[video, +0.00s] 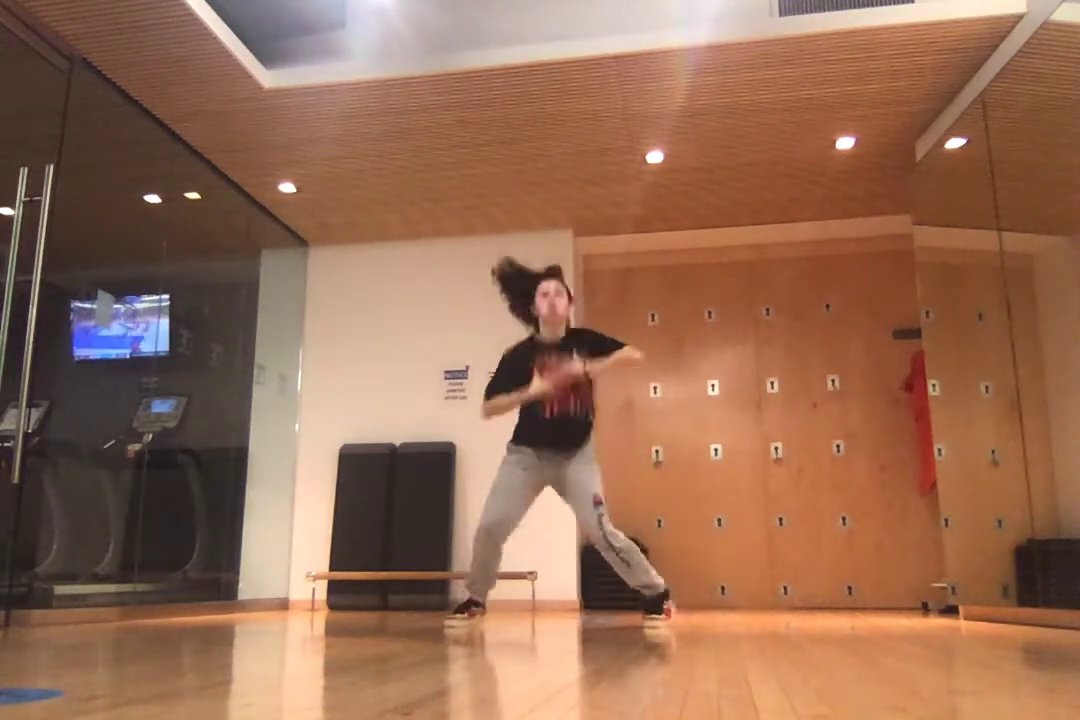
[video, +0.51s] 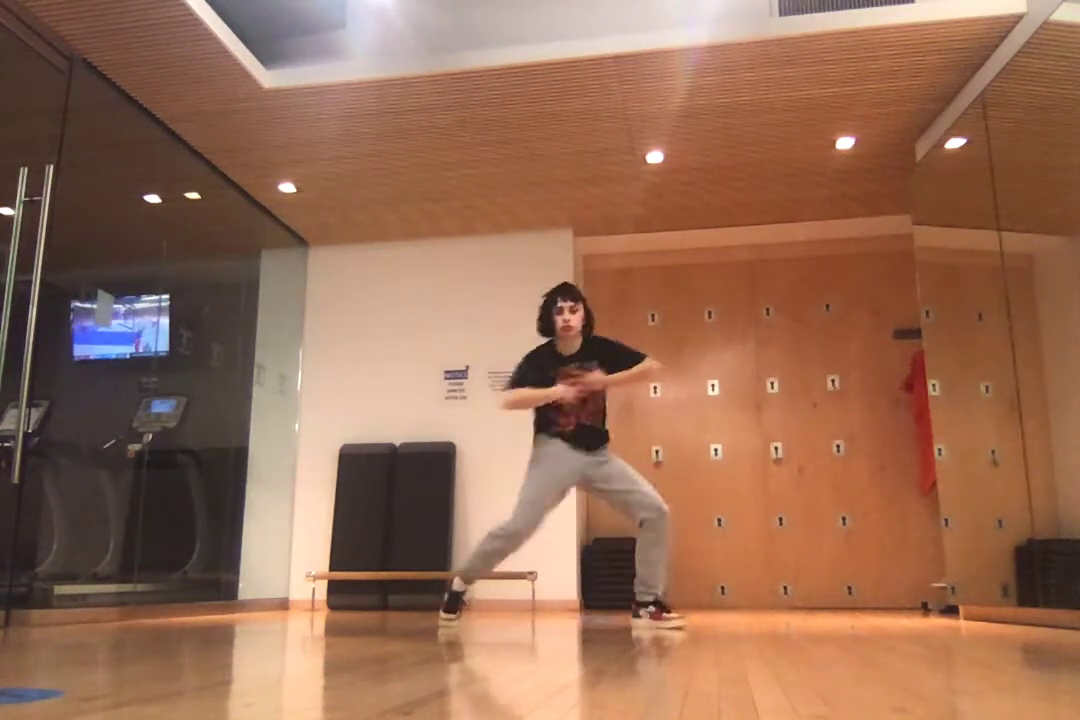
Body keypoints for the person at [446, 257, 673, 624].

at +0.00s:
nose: (553, 301)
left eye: (559, 294)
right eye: (545, 295)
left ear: (570, 305)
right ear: (532, 307)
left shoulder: (583, 342)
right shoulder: (521, 354)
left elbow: (634, 355)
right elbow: (489, 408)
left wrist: (587, 368)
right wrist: (531, 392)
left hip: (576, 455)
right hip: (526, 456)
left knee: (599, 531)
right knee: (490, 527)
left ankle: (656, 594)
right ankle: (475, 599)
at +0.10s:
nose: (553, 314)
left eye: (559, 307)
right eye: (546, 308)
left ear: (571, 313)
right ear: (536, 317)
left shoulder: (585, 352)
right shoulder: (523, 362)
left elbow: (635, 374)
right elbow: (487, 413)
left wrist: (585, 382)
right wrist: (530, 400)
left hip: (575, 464)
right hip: (525, 462)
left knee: (597, 532)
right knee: (478, 521)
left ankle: (658, 592)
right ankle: (473, 597)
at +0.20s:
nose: (556, 315)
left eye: (562, 308)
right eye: (548, 310)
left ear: (573, 314)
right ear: (537, 319)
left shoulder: (588, 352)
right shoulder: (524, 362)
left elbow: (638, 372)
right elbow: (488, 412)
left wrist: (588, 382)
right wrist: (533, 401)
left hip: (575, 460)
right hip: (526, 459)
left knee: (590, 533)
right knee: (483, 517)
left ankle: (659, 589)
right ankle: (472, 593)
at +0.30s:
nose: (558, 315)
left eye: (565, 309)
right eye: (550, 310)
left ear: (576, 317)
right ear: (540, 319)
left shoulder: (587, 353)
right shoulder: (524, 359)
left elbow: (638, 374)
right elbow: (487, 409)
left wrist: (587, 383)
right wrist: (531, 399)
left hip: (577, 450)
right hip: (531, 452)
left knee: (583, 529)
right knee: (525, 531)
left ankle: (655, 585)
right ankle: (472, 595)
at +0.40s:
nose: (563, 317)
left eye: (570, 311)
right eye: (556, 311)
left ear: (580, 319)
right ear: (545, 319)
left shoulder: (589, 355)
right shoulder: (525, 360)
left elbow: (640, 377)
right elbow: (484, 402)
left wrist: (591, 386)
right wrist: (533, 397)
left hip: (588, 455)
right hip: (541, 457)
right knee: (513, 527)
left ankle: (653, 588)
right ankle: (463, 592)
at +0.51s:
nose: (567, 317)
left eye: (574, 310)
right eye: (559, 311)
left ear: (585, 315)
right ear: (549, 318)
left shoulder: (600, 349)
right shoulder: (540, 358)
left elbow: (652, 366)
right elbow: (510, 399)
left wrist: (605, 381)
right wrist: (556, 393)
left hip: (597, 456)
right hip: (554, 454)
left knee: (654, 512)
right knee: (521, 525)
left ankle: (647, 602)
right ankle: (459, 586)